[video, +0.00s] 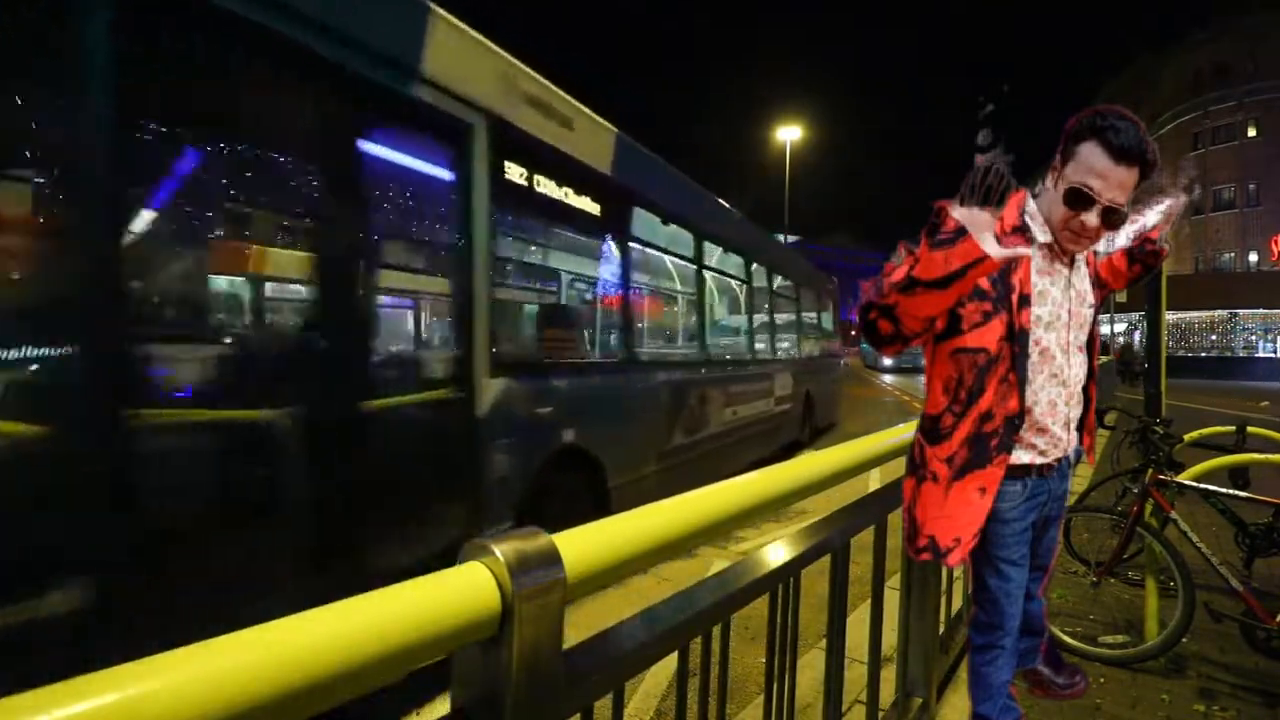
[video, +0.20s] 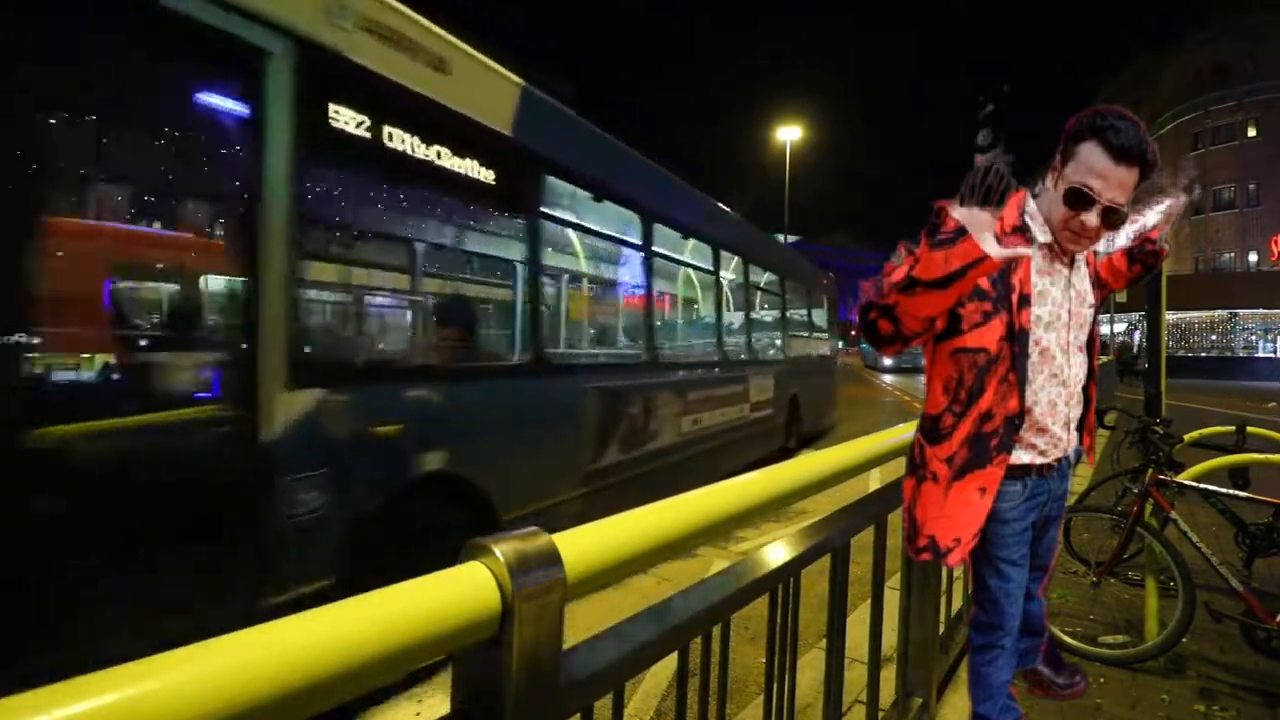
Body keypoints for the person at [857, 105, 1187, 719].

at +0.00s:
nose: (1089, 222)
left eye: (1109, 212)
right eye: (1079, 198)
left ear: (1123, 211)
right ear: (1052, 172)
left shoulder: (1084, 265)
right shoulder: (985, 242)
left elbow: (1112, 272)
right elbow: (883, 327)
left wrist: (1152, 240)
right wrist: (962, 245)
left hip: (1058, 467)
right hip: (1000, 476)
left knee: (1034, 581)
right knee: (999, 612)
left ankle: (1027, 658)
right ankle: (993, 708)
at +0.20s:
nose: (1089, 222)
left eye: (1110, 212)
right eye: (1079, 198)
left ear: (1123, 211)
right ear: (1052, 172)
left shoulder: (1084, 265)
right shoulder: (985, 243)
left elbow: (1113, 272)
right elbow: (883, 327)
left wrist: (1152, 240)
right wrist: (962, 246)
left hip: (1057, 467)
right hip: (1000, 476)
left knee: (1034, 582)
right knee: (1000, 611)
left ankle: (1027, 659)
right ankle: (993, 709)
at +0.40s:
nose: (1089, 222)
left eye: (1109, 211)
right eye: (1079, 198)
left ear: (1123, 211)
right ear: (1052, 171)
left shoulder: (1085, 264)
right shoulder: (984, 242)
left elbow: (1114, 272)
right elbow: (883, 327)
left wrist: (1151, 242)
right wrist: (961, 246)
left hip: (1058, 467)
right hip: (1000, 476)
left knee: (1034, 581)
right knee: (1000, 611)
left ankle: (1027, 659)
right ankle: (993, 708)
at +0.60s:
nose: (1089, 222)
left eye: (1109, 211)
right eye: (1079, 197)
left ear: (1123, 211)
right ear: (1052, 172)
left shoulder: (1085, 263)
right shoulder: (984, 243)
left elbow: (1116, 270)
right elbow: (883, 328)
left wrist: (1151, 241)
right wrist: (961, 246)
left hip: (1058, 467)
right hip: (1000, 475)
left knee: (1035, 581)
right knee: (1000, 611)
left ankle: (1027, 659)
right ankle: (993, 708)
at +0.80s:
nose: (1089, 222)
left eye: (1109, 211)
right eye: (1079, 197)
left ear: (1123, 211)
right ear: (1052, 172)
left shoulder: (1085, 264)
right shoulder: (985, 243)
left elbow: (1116, 271)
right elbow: (883, 328)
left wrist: (1151, 240)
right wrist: (962, 246)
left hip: (1058, 467)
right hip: (1000, 475)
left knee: (1035, 581)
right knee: (1000, 612)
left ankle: (1028, 659)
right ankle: (994, 710)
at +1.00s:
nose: (1089, 222)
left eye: (1110, 211)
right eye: (1079, 197)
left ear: (1123, 211)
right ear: (1052, 172)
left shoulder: (1085, 264)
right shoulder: (984, 243)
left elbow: (1117, 270)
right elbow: (883, 327)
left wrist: (1151, 242)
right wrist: (962, 246)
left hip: (1058, 468)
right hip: (1000, 475)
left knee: (1035, 581)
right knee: (1000, 611)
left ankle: (1028, 659)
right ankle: (994, 709)